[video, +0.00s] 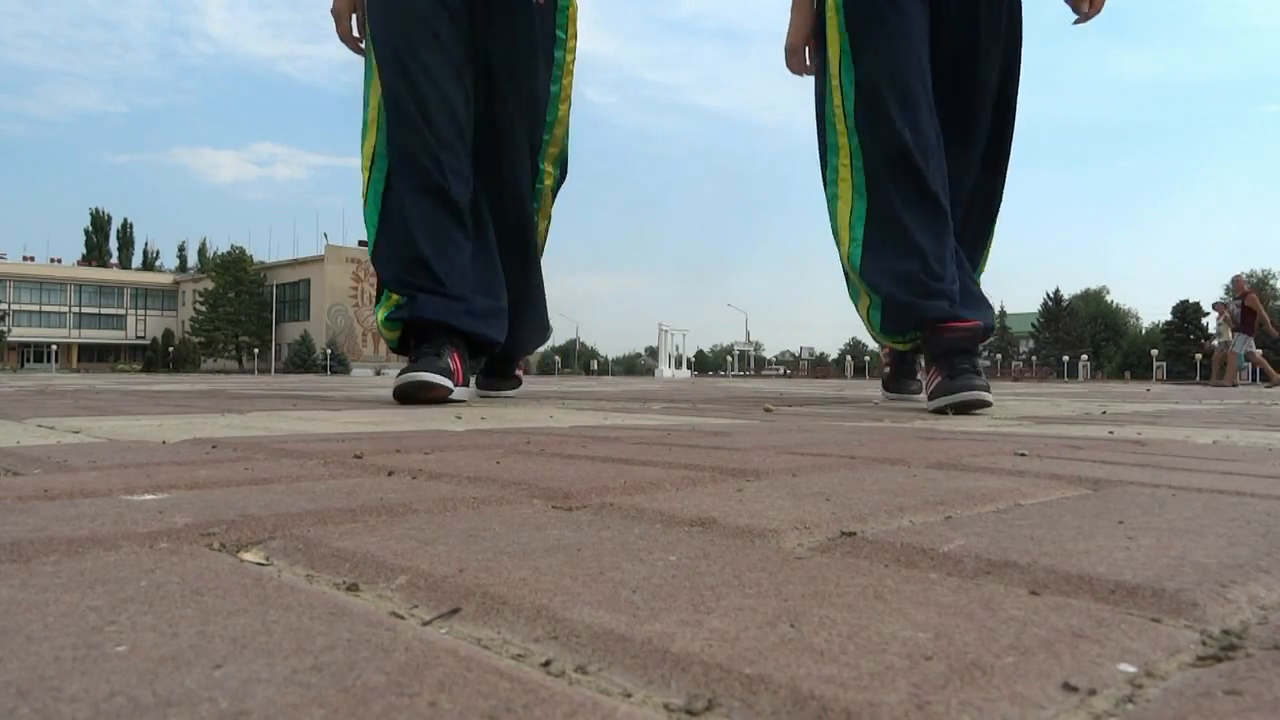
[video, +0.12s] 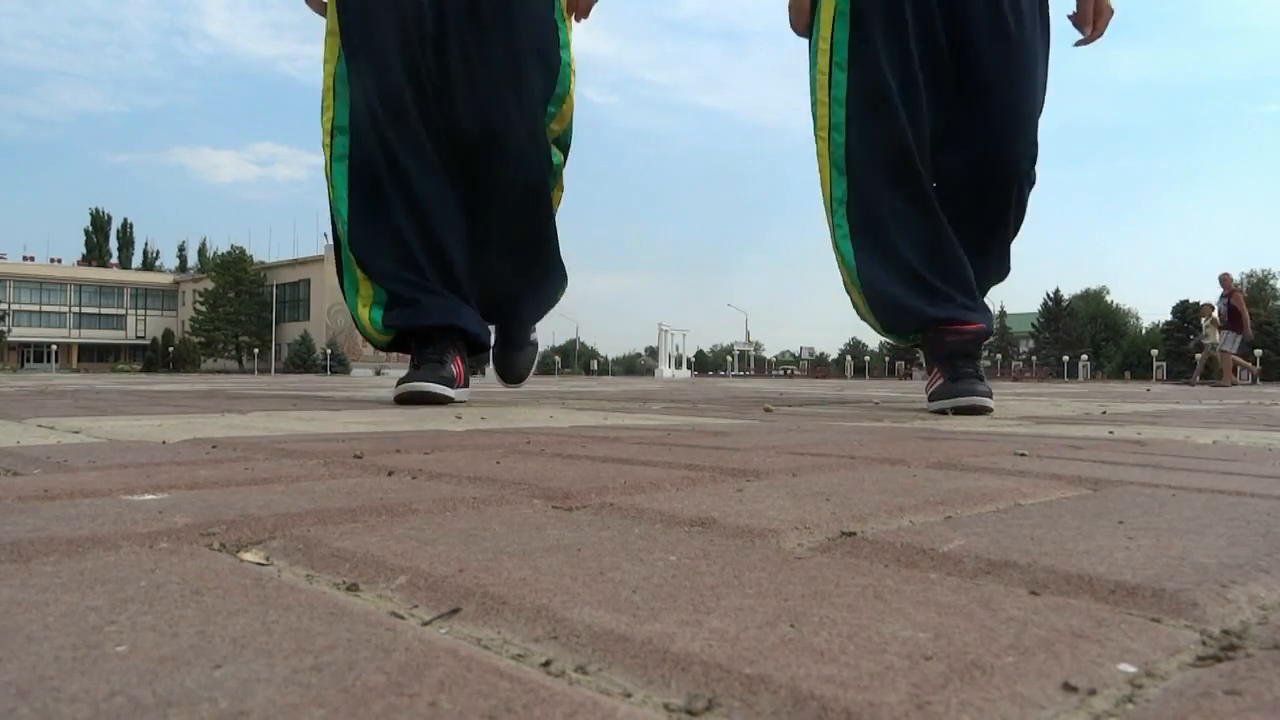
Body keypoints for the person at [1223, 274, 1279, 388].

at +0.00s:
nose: (1235, 285)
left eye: (1238, 282)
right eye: (1234, 282)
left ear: (1243, 283)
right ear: (1233, 285)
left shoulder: (1250, 296)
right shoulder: (1236, 298)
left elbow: (1261, 312)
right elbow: (1232, 313)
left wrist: (1269, 327)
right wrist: (1232, 325)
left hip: (1245, 331)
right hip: (1240, 330)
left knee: (1232, 354)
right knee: (1253, 357)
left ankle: (1228, 380)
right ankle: (1274, 376)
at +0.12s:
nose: (1223, 283)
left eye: (1225, 280)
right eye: (1221, 281)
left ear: (1231, 280)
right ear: (1220, 283)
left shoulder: (1236, 295)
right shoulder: (1223, 295)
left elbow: (1244, 312)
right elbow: (1220, 311)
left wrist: (1247, 328)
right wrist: (1220, 323)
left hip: (1235, 327)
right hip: (1225, 327)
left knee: (1225, 352)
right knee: (1223, 354)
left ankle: (1227, 379)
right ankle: (1252, 368)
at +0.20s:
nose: (1216, 283)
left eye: (1218, 280)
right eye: (1214, 281)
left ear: (1223, 280)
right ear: (1212, 282)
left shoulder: (1226, 293)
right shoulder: (1215, 294)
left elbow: (1231, 310)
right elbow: (1215, 310)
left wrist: (1229, 327)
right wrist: (1210, 318)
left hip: (1225, 328)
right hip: (1216, 327)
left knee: (1224, 353)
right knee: (1211, 352)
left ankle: (1226, 379)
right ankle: (1232, 371)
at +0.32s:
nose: (1204, 283)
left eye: (1206, 280)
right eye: (1202, 281)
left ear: (1211, 280)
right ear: (1201, 283)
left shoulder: (1215, 293)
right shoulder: (1204, 294)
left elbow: (1212, 310)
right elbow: (1202, 310)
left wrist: (1200, 323)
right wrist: (1197, 321)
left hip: (1216, 328)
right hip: (1205, 328)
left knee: (1221, 354)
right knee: (1195, 351)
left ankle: (1225, 379)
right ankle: (1195, 377)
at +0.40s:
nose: (1195, 284)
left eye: (1197, 281)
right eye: (1193, 282)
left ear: (1203, 281)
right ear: (1192, 283)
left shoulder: (1206, 295)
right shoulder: (1195, 296)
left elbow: (1199, 311)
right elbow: (1192, 310)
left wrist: (1185, 319)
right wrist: (1188, 318)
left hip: (1208, 330)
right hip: (1196, 330)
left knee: (1216, 355)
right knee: (1186, 352)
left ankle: (1225, 379)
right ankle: (1189, 378)